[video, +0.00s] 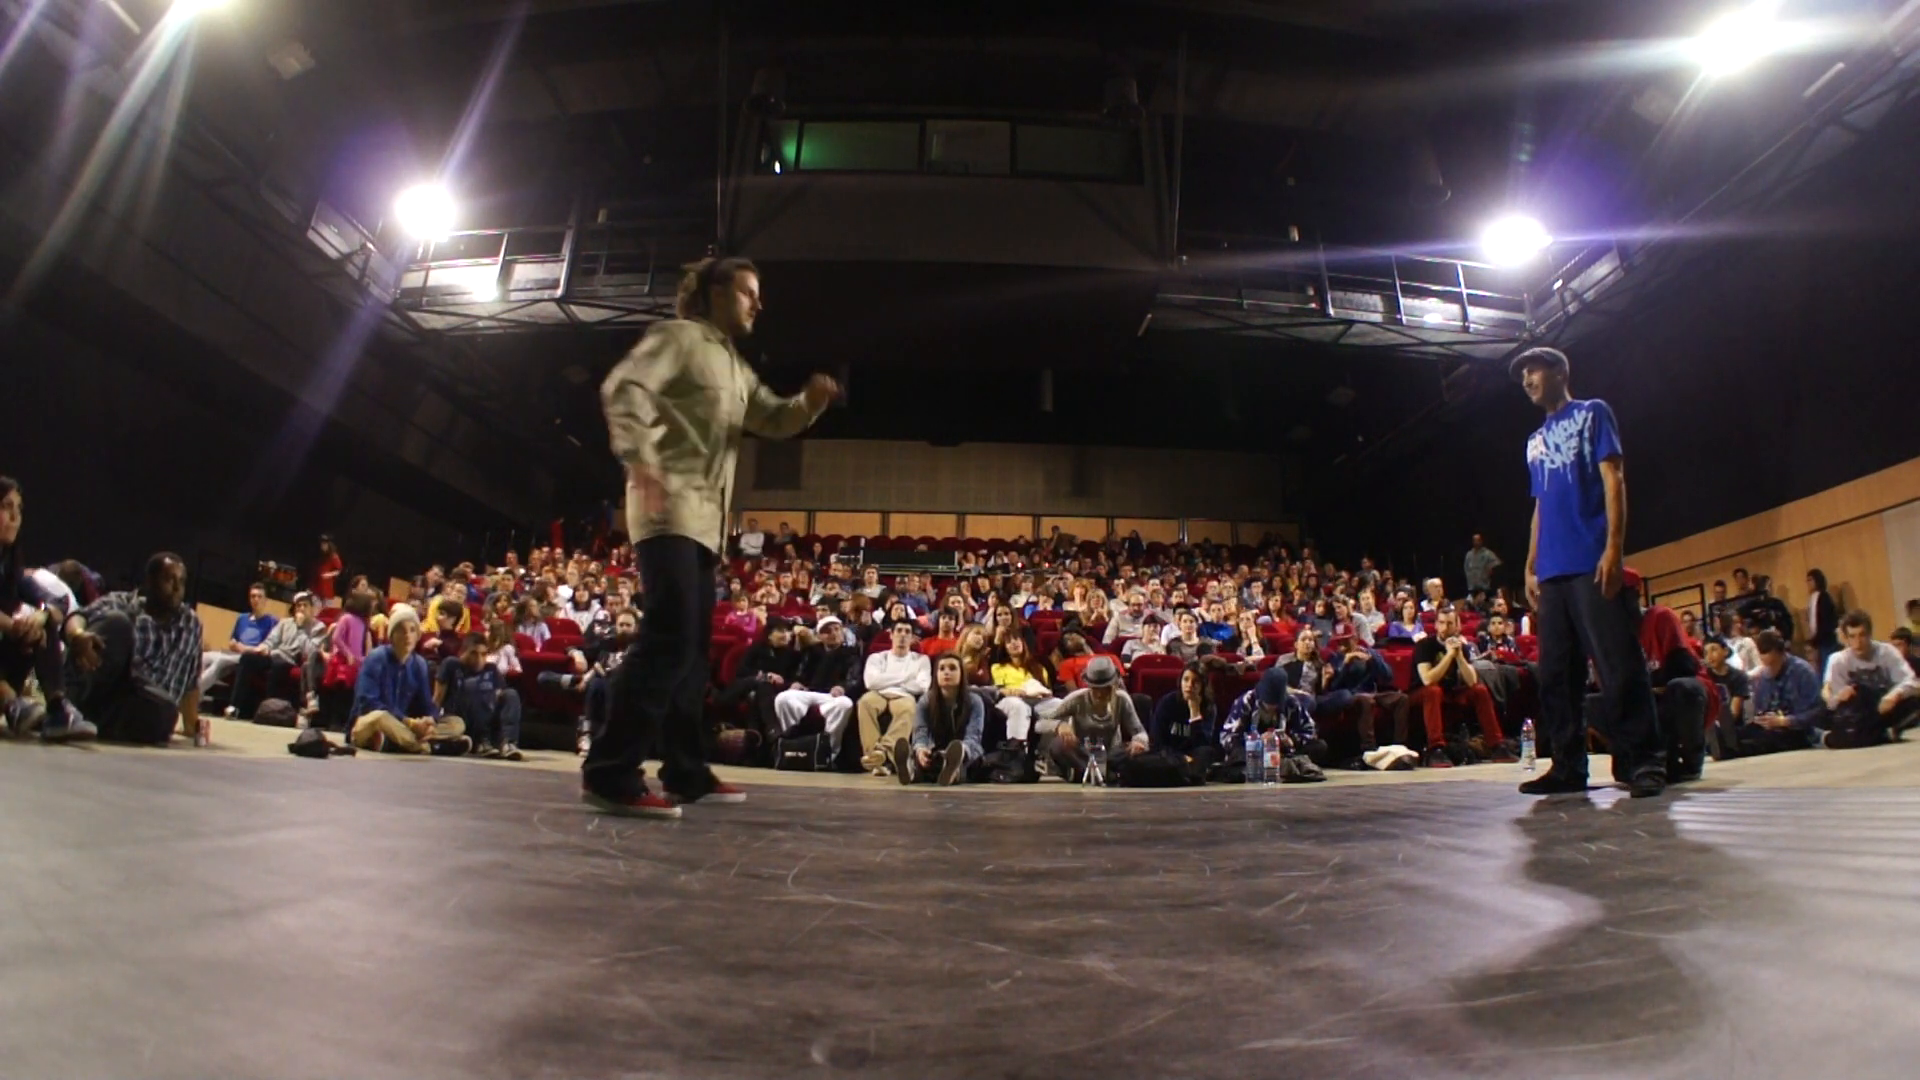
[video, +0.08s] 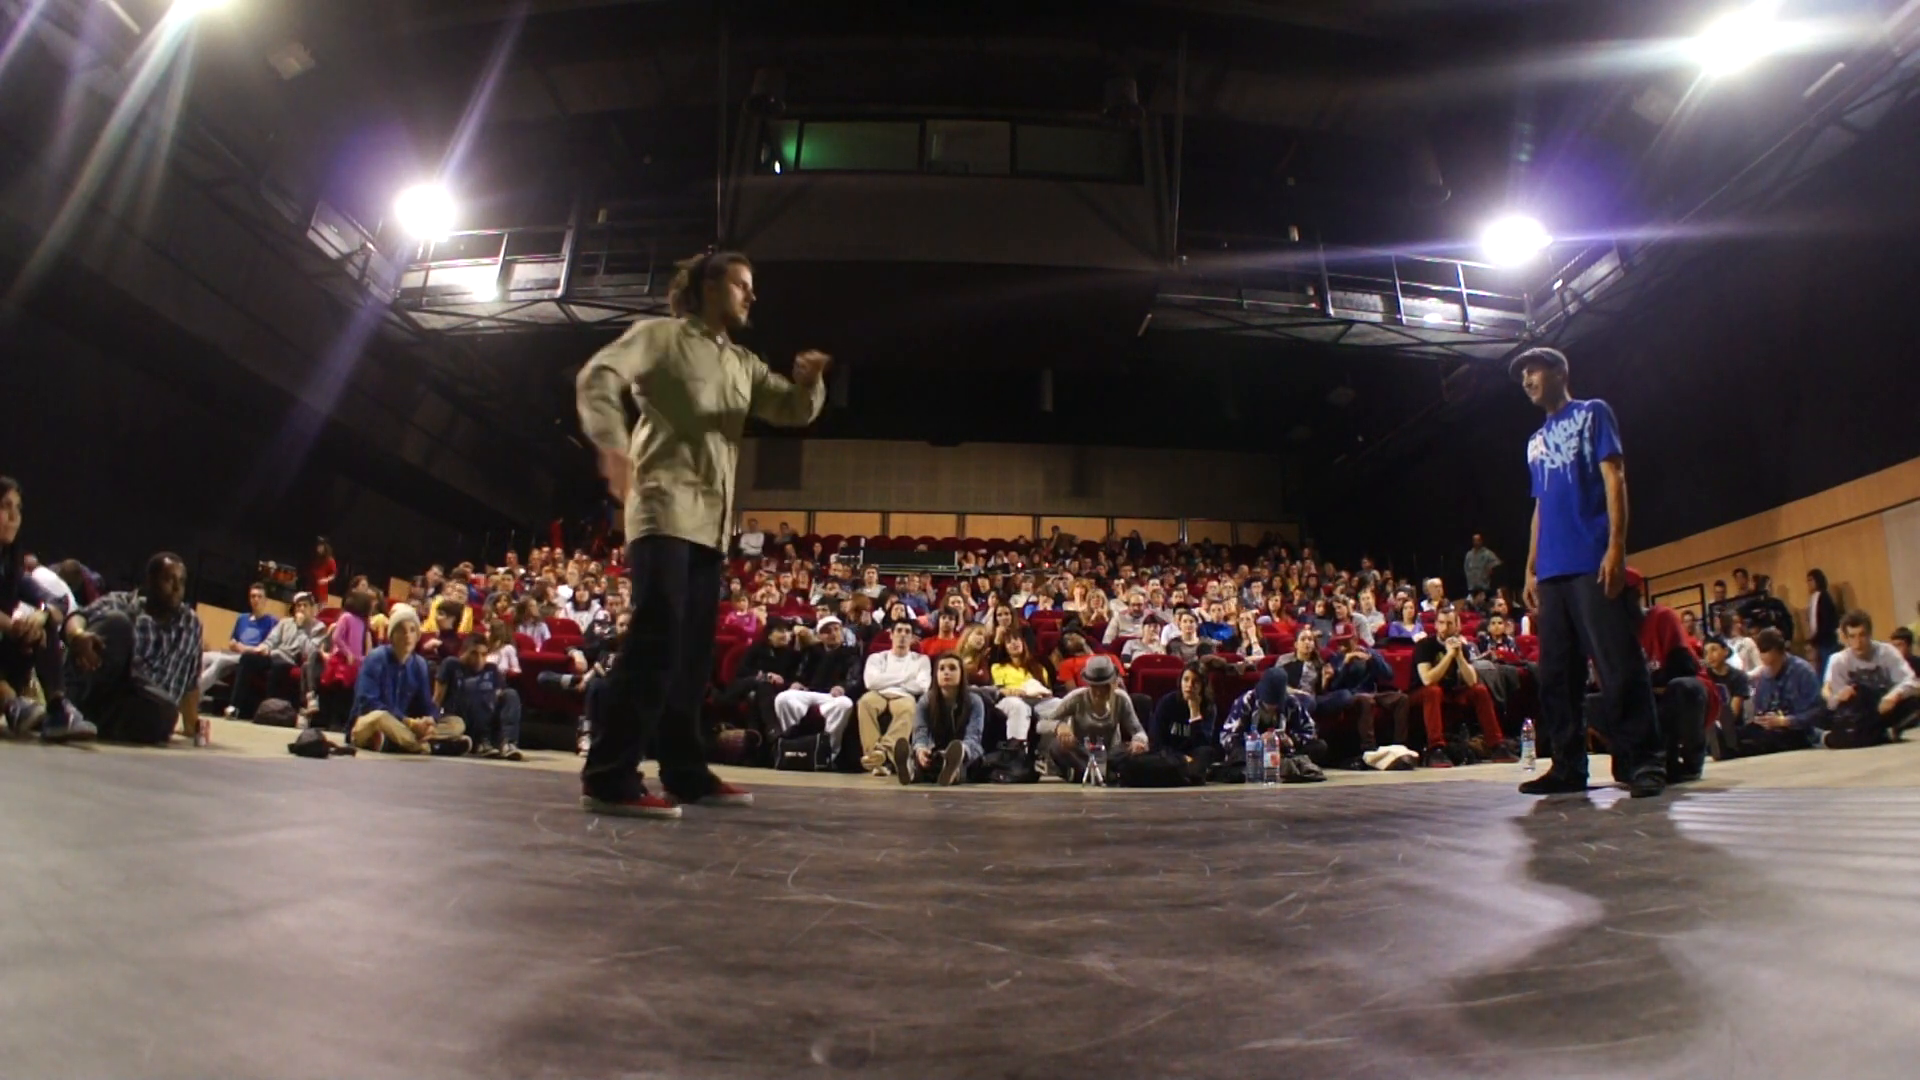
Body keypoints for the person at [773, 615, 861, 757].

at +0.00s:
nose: (833, 634)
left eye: (836, 629)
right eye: (827, 631)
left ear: (842, 632)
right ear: (820, 635)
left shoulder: (850, 653)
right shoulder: (812, 651)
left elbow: (854, 679)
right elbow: (801, 674)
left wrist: (842, 688)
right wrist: (798, 683)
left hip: (831, 694)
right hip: (808, 692)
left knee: (844, 704)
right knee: (783, 700)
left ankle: (829, 754)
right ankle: (793, 749)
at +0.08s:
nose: (833, 634)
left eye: (836, 629)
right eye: (827, 631)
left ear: (841, 632)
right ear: (819, 635)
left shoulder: (850, 652)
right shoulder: (812, 651)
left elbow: (854, 679)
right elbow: (801, 674)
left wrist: (842, 688)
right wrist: (798, 683)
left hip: (832, 694)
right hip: (808, 692)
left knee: (844, 704)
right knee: (783, 700)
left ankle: (829, 754)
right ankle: (794, 749)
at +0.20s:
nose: (833, 634)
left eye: (836, 629)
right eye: (826, 631)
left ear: (842, 632)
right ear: (820, 636)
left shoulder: (850, 652)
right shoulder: (812, 651)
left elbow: (854, 679)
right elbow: (801, 674)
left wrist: (842, 688)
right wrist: (798, 683)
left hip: (832, 694)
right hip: (808, 691)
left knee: (844, 704)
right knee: (783, 700)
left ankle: (830, 754)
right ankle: (793, 749)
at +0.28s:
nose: (833, 634)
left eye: (836, 630)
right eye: (826, 632)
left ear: (841, 632)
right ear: (819, 636)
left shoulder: (850, 653)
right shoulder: (812, 651)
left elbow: (854, 679)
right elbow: (801, 674)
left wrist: (842, 688)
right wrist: (798, 683)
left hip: (832, 694)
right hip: (808, 692)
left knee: (844, 704)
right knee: (783, 700)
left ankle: (829, 754)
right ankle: (793, 749)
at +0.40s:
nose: (833, 635)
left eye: (836, 630)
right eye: (827, 632)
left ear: (842, 632)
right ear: (820, 636)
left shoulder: (850, 653)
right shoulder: (812, 651)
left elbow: (854, 679)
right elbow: (801, 673)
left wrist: (842, 688)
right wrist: (798, 683)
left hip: (832, 694)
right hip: (809, 691)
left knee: (844, 704)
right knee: (783, 700)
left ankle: (829, 754)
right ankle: (793, 749)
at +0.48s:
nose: (833, 635)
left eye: (836, 630)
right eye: (827, 632)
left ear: (842, 632)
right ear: (820, 636)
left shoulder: (850, 653)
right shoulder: (812, 651)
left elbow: (854, 679)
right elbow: (801, 674)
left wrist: (842, 688)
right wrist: (798, 683)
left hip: (832, 694)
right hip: (808, 691)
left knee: (844, 704)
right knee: (783, 700)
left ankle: (829, 754)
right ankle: (793, 749)